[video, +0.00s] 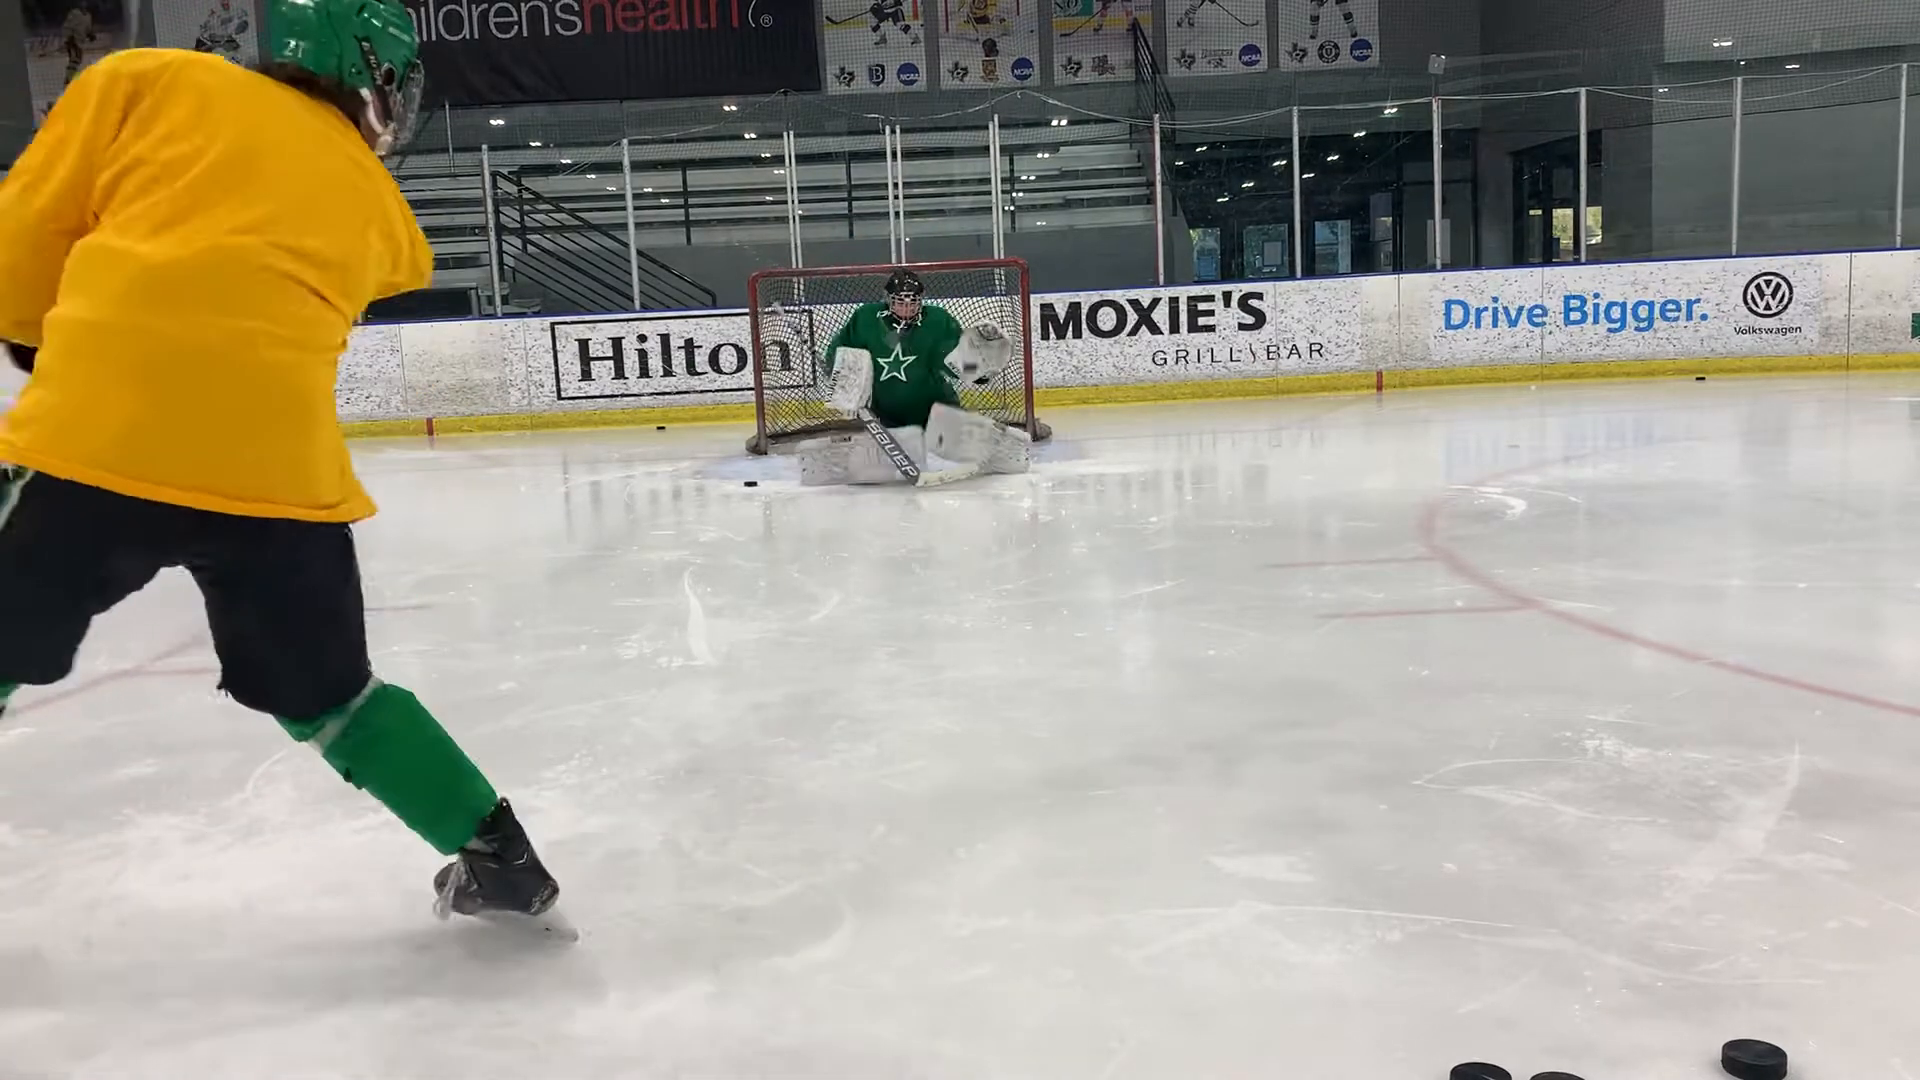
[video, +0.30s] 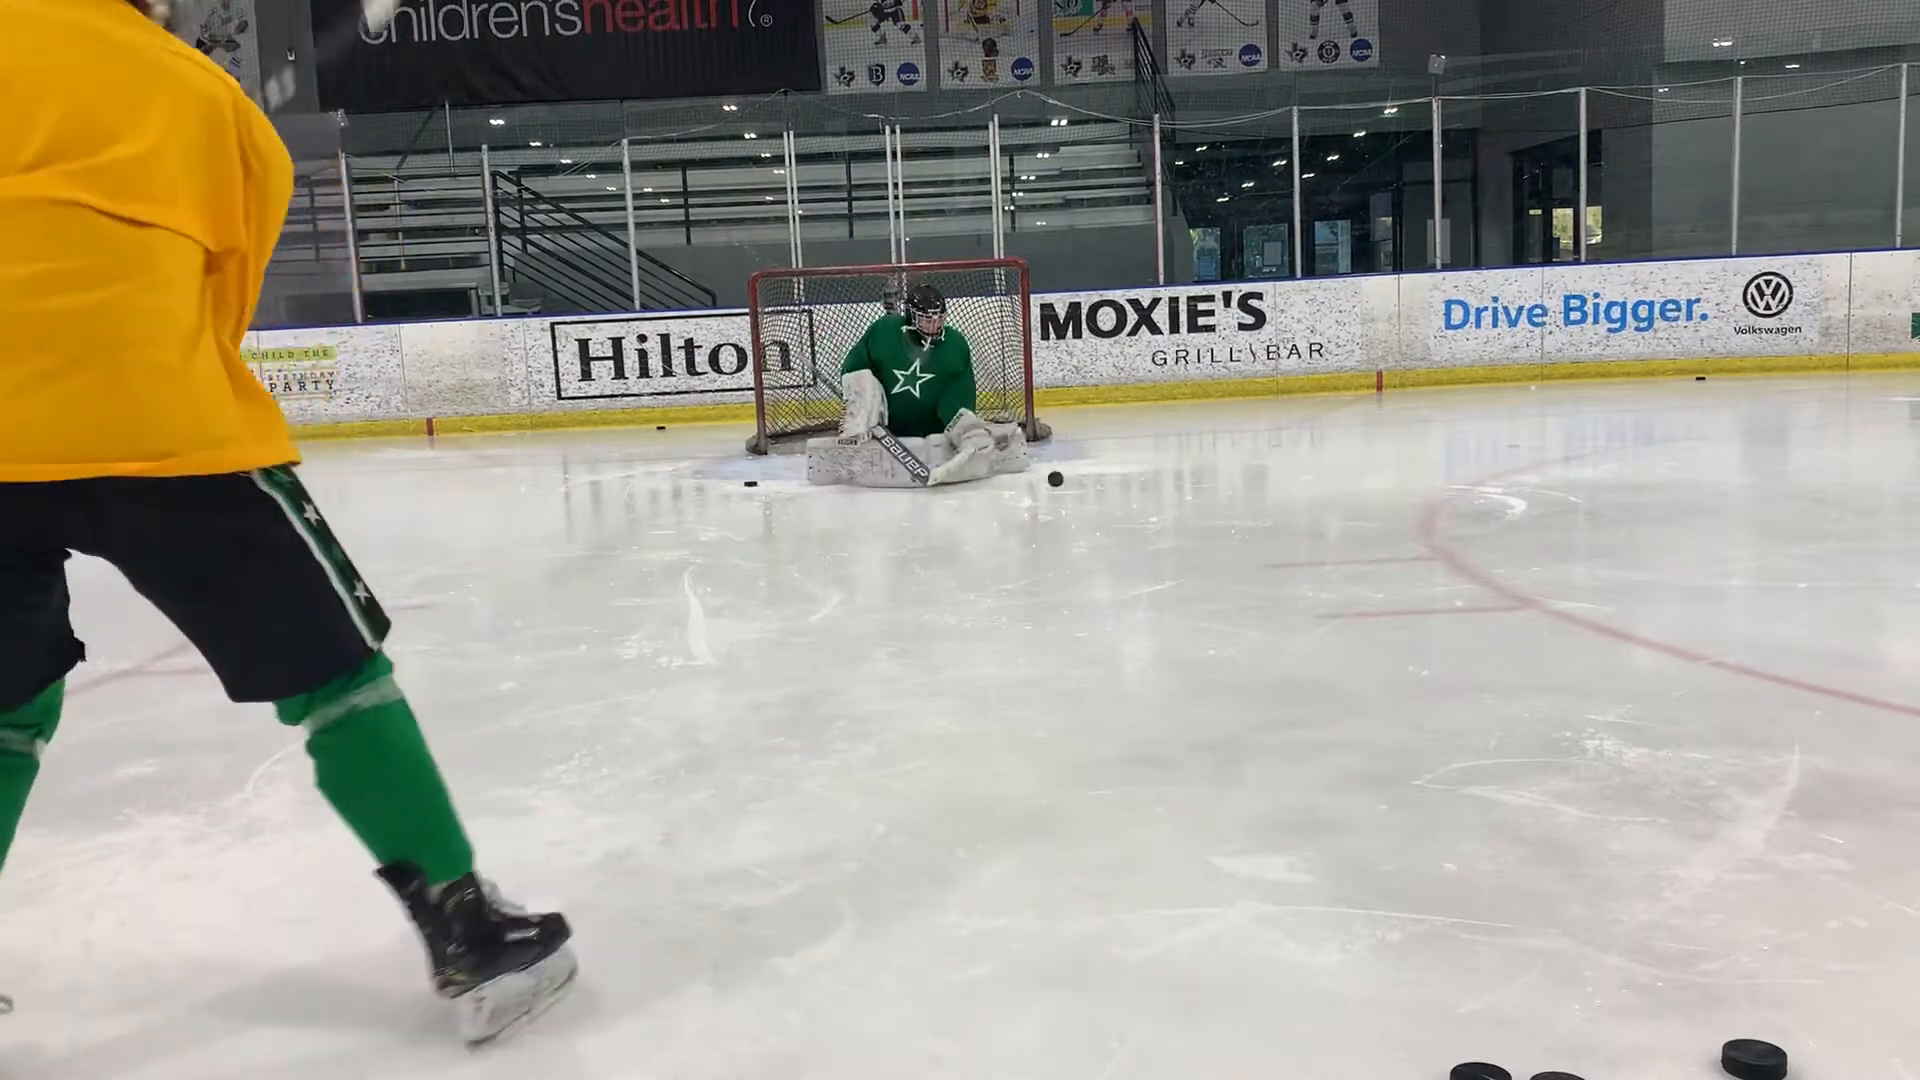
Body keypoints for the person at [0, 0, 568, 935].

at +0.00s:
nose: (394, 128)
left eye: (401, 107)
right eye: (396, 105)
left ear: (277, 53)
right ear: (367, 87)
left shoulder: (136, 80)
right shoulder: (373, 197)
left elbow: (17, 235)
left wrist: (46, 346)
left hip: (89, 449)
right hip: (277, 475)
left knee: (0, 666)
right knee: (333, 697)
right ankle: (500, 850)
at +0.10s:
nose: (343, 109)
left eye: (349, 88)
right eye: (343, 84)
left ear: (223, 33)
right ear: (313, 62)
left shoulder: (71, 66)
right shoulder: (334, 175)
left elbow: (1, 261)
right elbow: (333, 284)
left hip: (79, 453)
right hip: (270, 465)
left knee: (13, 701)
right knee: (348, 704)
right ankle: (521, 861)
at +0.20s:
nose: (247, 63)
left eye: (245, 45)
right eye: (240, 45)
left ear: (98, 11)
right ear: (210, 33)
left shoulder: (18, 54)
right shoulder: (261, 133)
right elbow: (265, 284)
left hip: (23, 436)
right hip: (217, 430)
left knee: (14, 716)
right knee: (378, 699)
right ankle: (528, 872)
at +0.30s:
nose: (182, 25)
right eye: (175, 21)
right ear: (138, 8)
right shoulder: (195, 81)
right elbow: (230, 294)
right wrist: (165, 386)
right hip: (158, 411)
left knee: (8, 713)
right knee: (333, 674)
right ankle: (460, 920)